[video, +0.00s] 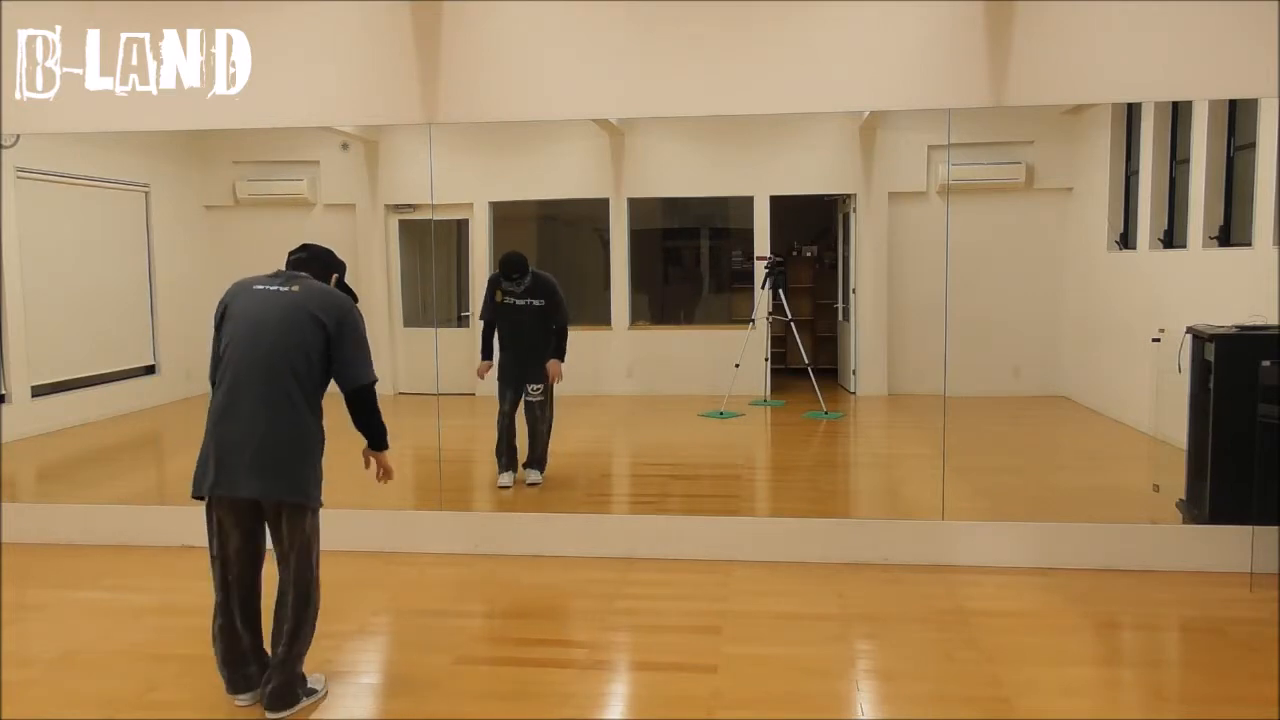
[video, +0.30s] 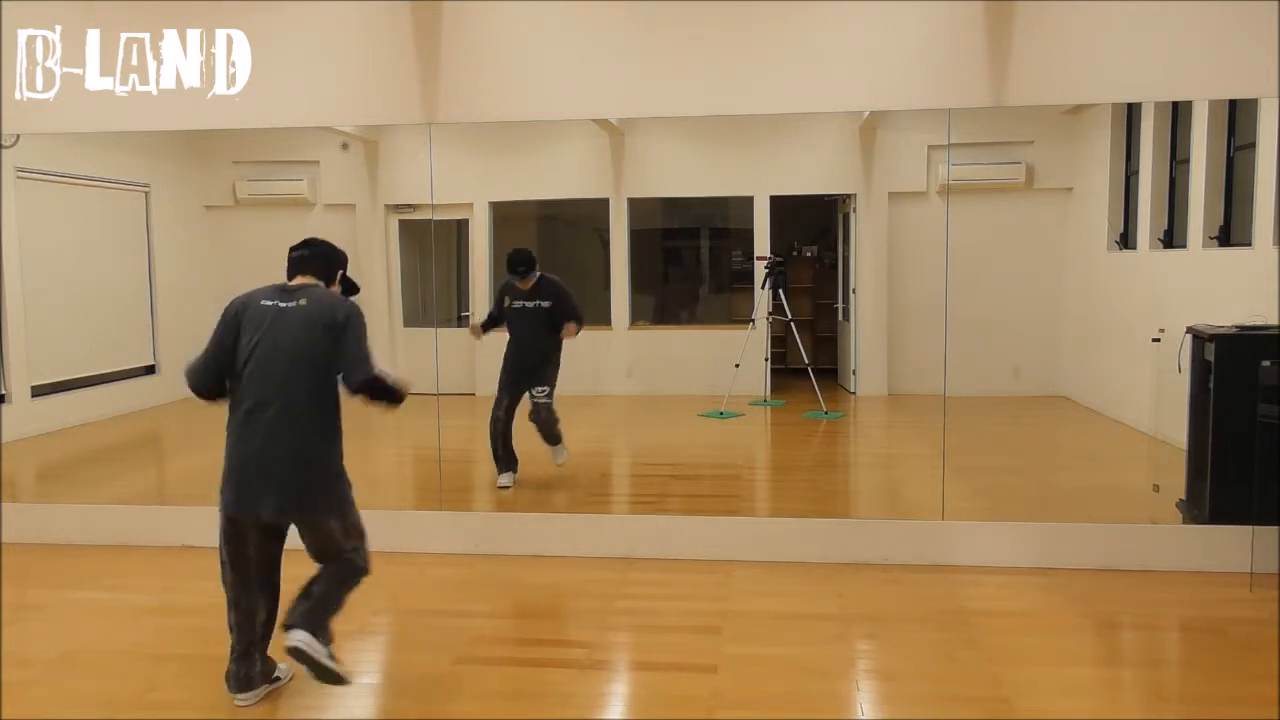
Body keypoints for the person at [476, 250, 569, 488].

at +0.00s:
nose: (514, 288)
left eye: (518, 283)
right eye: (509, 284)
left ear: (527, 274)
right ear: (503, 276)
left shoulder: (547, 285)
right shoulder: (496, 284)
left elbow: (561, 323)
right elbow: (489, 322)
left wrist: (557, 358)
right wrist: (487, 357)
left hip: (540, 359)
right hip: (510, 358)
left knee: (538, 414)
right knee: (505, 412)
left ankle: (535, 467)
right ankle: (506, 467)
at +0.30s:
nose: (522, 285)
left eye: (525, 280)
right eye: (517, 281)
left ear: (535, 271)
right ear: (511, 275)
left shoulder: (553, 287)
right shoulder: (507, 289)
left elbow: (575, 317)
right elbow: (499, 315)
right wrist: (483, 327)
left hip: (546, 356)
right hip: (517, 355)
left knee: (541, 411)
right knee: (500, 414)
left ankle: (556, 443)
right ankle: (505, 469)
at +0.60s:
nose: (544, 271)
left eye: (547, 266)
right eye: (539, 267)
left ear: (557, 261)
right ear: (533, 265)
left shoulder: (579, 281)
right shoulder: (530, 288)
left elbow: (609, 300)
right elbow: (505, 309)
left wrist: (638, 314)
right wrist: (473, 319)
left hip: (582, 359)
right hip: (551, 360)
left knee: (590, 414)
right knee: (533, 408)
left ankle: (610, 461)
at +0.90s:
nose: (560, 267)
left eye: (564, 262)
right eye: (555, 263)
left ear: (571, 256)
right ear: (547, 259)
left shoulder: (588, 276)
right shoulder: (538, 280)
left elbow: (592, 311)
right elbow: (537, 316)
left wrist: (568, 312)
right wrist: (554, 323)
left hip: (581, 347)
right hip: (554, 351)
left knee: (584, 402)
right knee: (563, 405)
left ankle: (579, 457)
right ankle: (580, 452)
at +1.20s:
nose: (553, 277)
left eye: (557, 272)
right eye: (549, 273)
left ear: (565, 266)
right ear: (541, 267)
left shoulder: (577, 280)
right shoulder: (531, 279)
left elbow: (575, 316)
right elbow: (534, 314)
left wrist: (549, 325)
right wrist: (550, 336)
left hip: (568, 354)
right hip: (541, 356)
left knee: (562, 410)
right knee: (554, 412)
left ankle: (547, 462)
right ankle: (581, 453)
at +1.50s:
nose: (522, 280)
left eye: (526, 275)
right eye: (518, 275)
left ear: (537, 269)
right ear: (512, 270)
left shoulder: (554, 286)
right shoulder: (504, 285)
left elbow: (581, 310)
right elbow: (489, 305)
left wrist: (577, 309)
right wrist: (474, 319)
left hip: (548, 365)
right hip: (516, 364)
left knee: (556, 415)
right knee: (497, 411)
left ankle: (547, 465)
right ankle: (505, 446)